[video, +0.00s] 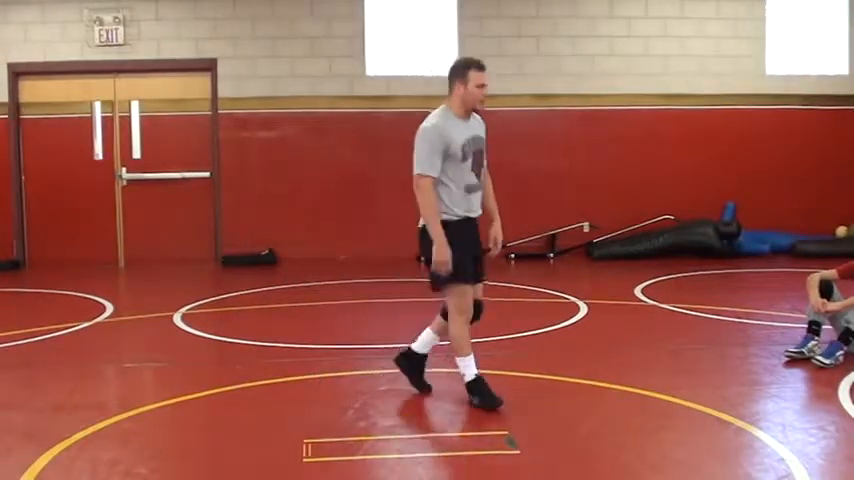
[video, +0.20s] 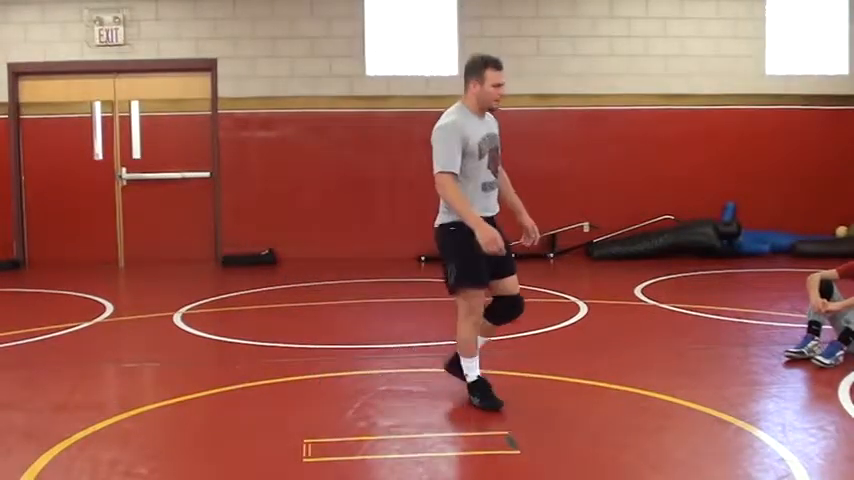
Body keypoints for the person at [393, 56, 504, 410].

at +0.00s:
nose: (485, 93)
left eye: (486, 87)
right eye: (479, 87)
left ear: (474, 89)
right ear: (457, 87)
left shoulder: (477, 124)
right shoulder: (432, 129)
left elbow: (482, 173)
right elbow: (423, 185)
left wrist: (495, 218)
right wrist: (439, 240)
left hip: (470, 225)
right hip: (444, 227)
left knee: (470, 307)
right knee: (460, 307)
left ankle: (414, 353)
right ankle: (473, 382)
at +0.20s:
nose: (502, 92)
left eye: (503, 86)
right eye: (496, 86)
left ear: (486, 87)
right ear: (474, 86)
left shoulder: (489, 121)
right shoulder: (449, 126)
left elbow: (495, 172)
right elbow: (445, 184)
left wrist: (522, 214)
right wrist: (480, 226)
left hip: (487, 223)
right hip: (457, 227)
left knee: (509, 305)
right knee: (471, 305)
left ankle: (462, 355)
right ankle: (475, 381)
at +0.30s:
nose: (510, 92)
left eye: (511, 86)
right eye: (504, 85)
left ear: (493, 87)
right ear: (483, 85)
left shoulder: (495, 120)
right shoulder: (456, 125)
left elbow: (502, 173)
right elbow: (450, 183)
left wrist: (526, 212)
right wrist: (492, 217)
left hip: (496, 225)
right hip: (465, 228)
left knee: (519, 304)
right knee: (477, 305)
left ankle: (498, 372)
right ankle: (474, 383)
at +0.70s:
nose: (553, 90)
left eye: (554, 83)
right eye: (547, 83)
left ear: (535, 86)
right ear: (524, 83)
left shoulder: (544, 127)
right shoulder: (490, 124)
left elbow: (542, 181)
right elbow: (475, 184)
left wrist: (549, 224)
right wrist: (496, 237)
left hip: (536, 230)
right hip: (499, 232)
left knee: (549, 314)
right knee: (497, 314)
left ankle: (551, 394)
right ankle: (480, 382)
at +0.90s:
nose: (563, 87)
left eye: (569, 81)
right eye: (556, 79)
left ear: (573, 86)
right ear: (539, 81)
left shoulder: (574, 131)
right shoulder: (509, 119)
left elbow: (585, 186)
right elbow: (478, 167)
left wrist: (602, 233)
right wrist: (483, 220)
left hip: (553, 230)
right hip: (514, 230)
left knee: (558, 318)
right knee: (522, 318)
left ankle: (551, 397)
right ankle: (497, 365)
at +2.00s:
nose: (522, 91)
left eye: (531, 84)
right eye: (518, 83)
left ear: (549, 86)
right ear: (511, 83)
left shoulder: (569, 134)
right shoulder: (487, 122)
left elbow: (576, 194)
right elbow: (462, 173)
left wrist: (560, 245)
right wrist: (450, 225)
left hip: (540, 237)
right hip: (488, 234)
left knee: (548, 323)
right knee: (472, 321)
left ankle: (550, 399)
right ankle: (455, 408)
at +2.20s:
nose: (474, 91)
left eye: (482, 84)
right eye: (469, 84)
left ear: (504, 85)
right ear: (465, 84)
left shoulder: (532, 127)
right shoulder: (450, 129)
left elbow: (552, 183)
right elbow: (433, 186)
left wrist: (562, 240)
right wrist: (436, 242)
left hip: (513, 240)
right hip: (463, 239)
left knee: (540, 323)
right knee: (455, 329)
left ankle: (547, 400)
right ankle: (450, 418)